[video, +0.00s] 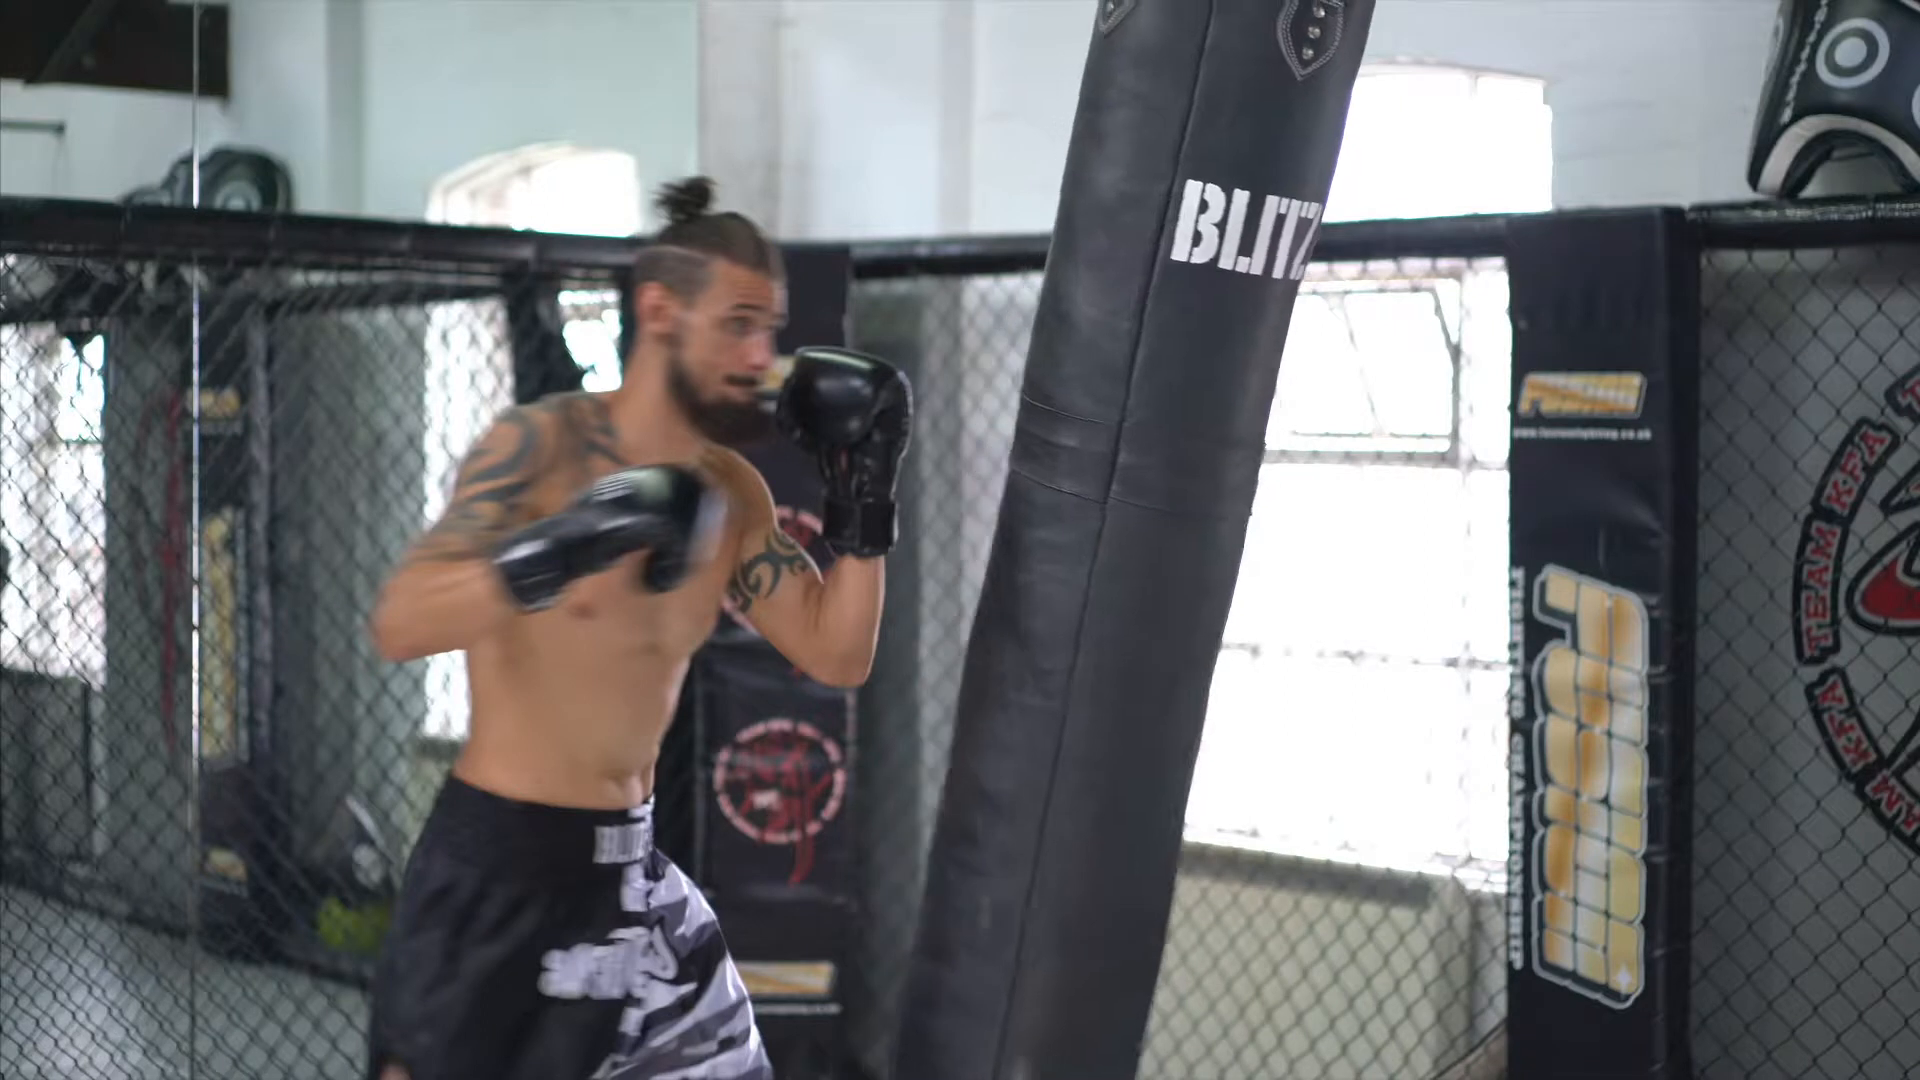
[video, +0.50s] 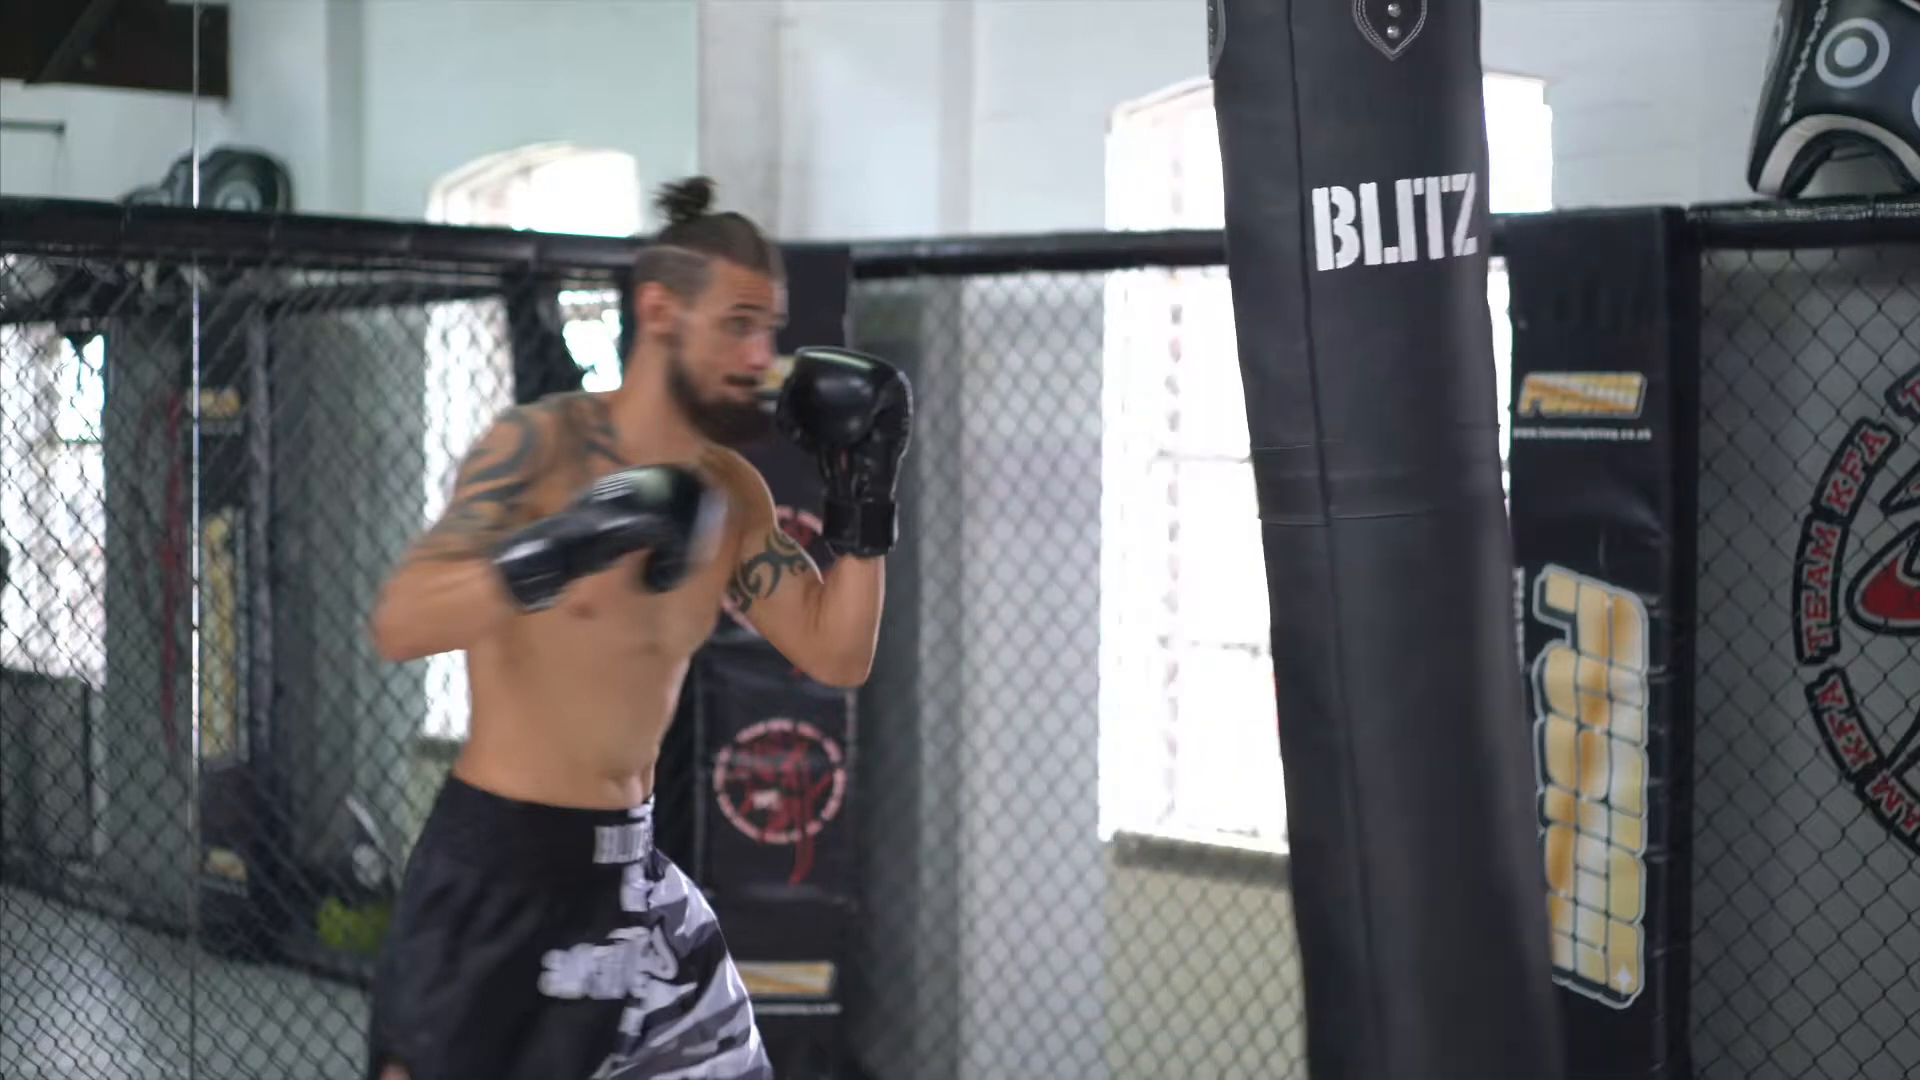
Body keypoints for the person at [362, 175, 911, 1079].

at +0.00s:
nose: (763, 357)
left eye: (773, 331)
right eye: (740, 325)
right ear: (656, 309)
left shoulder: (733, 492)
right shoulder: (538, 440)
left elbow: (839, 655)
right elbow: (400, 623)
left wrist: (866, 481)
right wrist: (568, 546)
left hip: (636, 867)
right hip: (500, 865)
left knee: (731, 1066)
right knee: (443, 1064)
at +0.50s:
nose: (762, 358)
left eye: (772, 331)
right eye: (739, 325)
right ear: (656, 309)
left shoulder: (733, 492)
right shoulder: (537, 441)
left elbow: (839, 655)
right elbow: (400, 623)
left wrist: (865, 480)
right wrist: (568, 547)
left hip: (636, 866)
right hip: (500, 865)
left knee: (732, 1066)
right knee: (441, 1065)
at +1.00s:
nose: (763, 357)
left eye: (772, 331)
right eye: (740, 325)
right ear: (656, 309)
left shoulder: (733, 492)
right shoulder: (538, 440)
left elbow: (839, 655)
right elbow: (400, 623)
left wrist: (865, 481)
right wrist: (567, 547)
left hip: (636, 867)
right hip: (500, 866)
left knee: (732, 1066)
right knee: (442, 1065)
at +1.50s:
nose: (763, 357)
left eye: (772, 331)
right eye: (740, 325)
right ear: (656, 309)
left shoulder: (733, 492)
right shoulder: (538, 440)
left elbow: (839, 655)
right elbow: (400, 623)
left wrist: (865, 480)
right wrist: (568, 547)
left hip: (636, 867)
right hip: (501, 867)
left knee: (732, 1066)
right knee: (444, 1065)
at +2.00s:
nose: (762, 357)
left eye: (772, 331)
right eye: (739, 325)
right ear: (656, 310)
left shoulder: (733, 492)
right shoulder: (538, 441)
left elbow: (839, 656)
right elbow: (400, 624)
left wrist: (866, 479)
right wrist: (568, 547)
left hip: (635, 867)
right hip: (500, 865)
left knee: (732, 1066)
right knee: (437, 1065)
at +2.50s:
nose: (763, 357)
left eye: (772, 331)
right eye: (740, 325)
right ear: (656, 310)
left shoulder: (733, 493)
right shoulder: (538, 441)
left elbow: (839, 655)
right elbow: (400, 623)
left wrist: (865, 480)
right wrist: (568, 547)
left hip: (636, 868)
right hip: (500, 867)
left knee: (732, 1066)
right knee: (442, 1065)